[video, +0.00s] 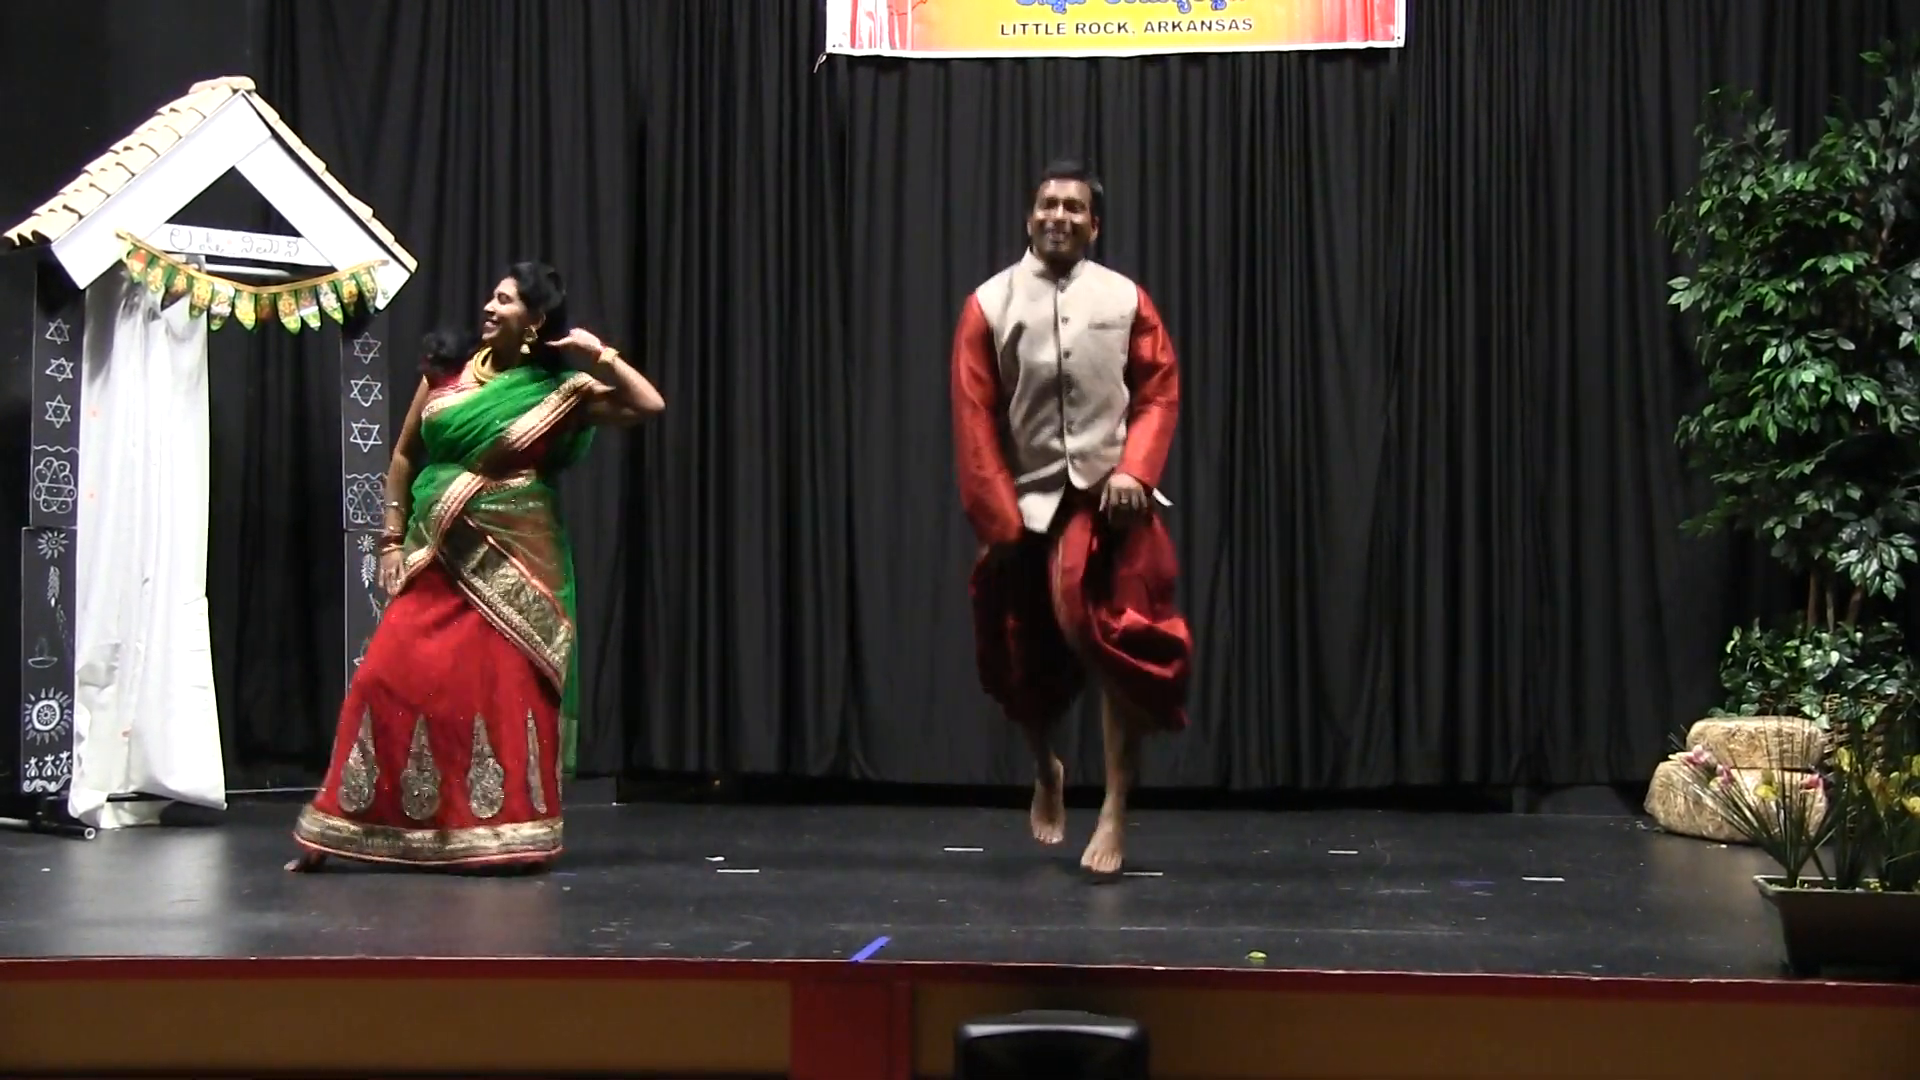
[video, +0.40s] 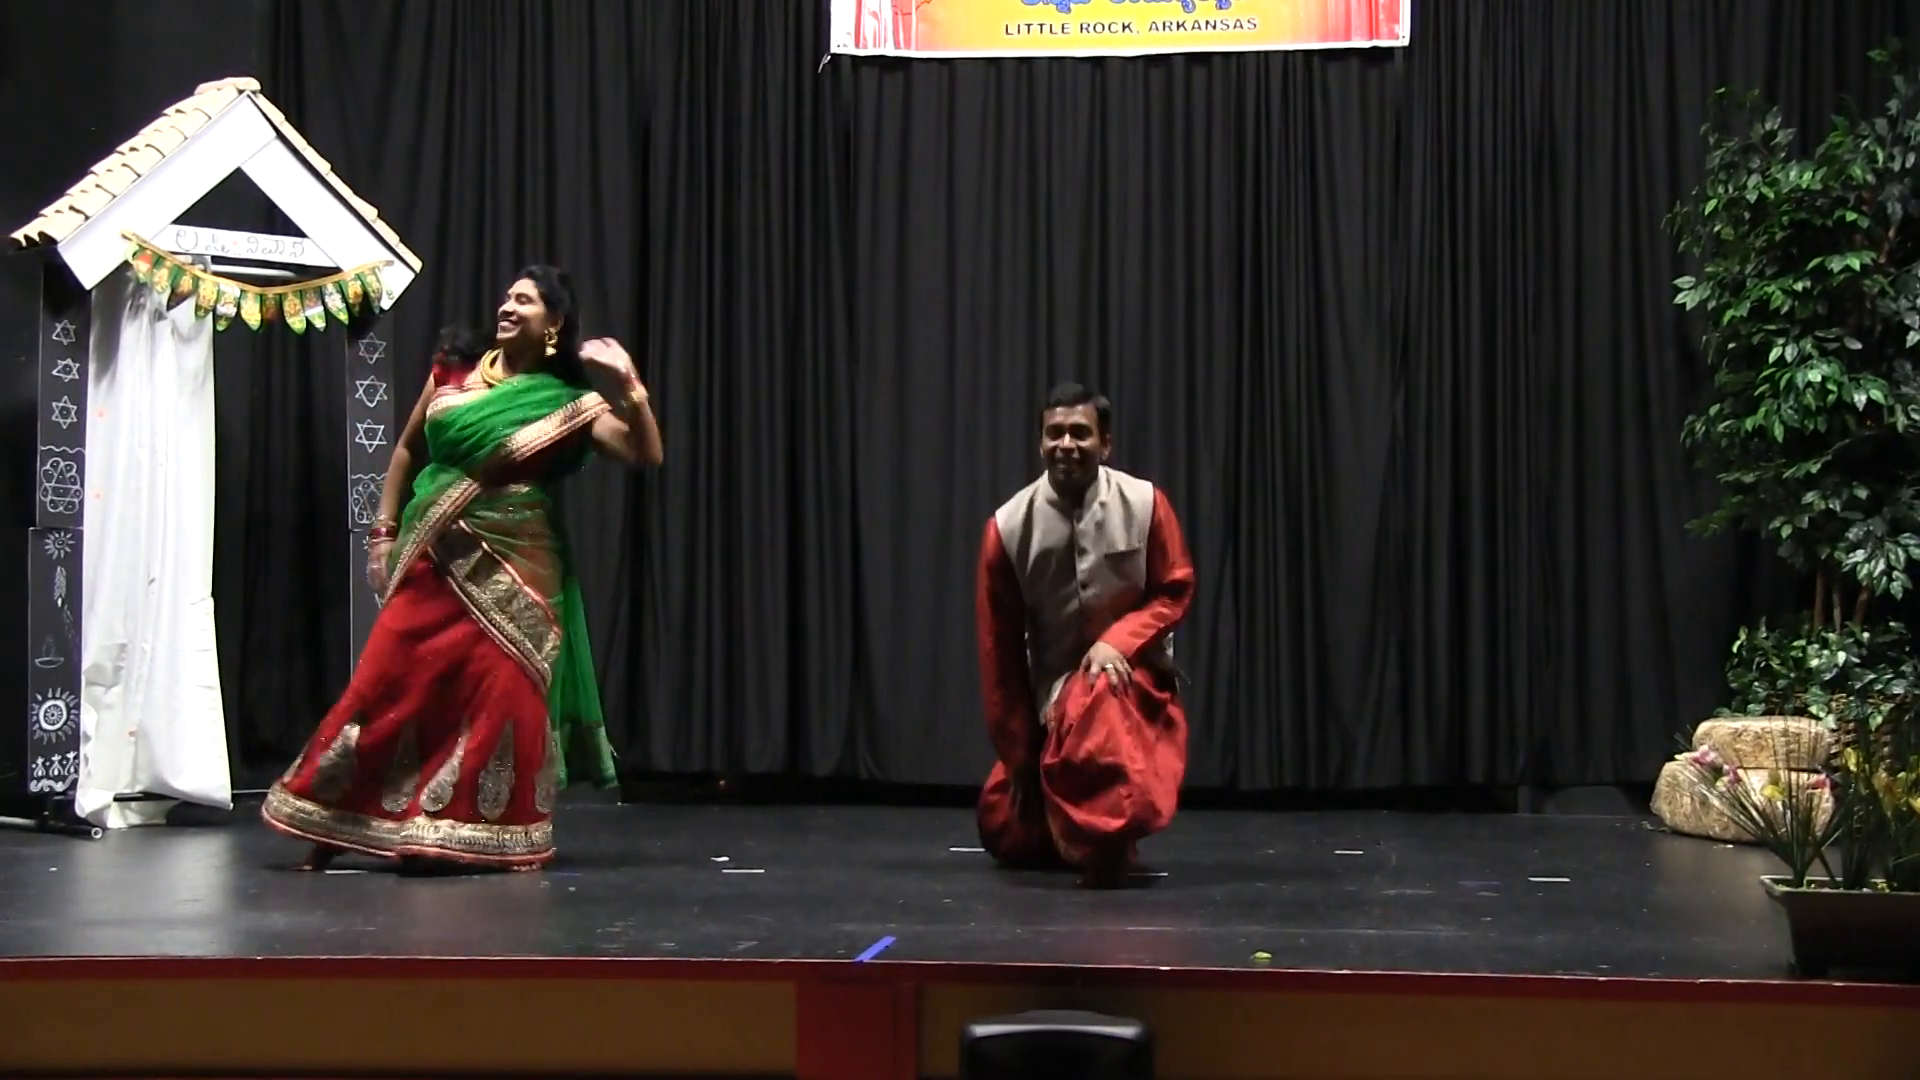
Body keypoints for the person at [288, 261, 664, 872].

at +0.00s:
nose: (492, 307)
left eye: (507, 300)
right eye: (493, 297)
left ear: (536, 316)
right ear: (488, 304)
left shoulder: (560, 387)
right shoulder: (444, 375)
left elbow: (650, 405)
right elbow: (403, 456)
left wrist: (601, 353)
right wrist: (392, 540)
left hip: (519, 555)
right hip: (441, 552)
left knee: (513, 687)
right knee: (376, 674)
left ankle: (517, 837)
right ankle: (327, 827)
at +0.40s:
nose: (508, 307)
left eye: (524, 300)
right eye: (506, 298)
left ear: (555, 322)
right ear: (496, 313)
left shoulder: (569, 398)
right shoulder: (454, 377)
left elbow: (644, 452)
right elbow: (406, 450)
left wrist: (632, 389)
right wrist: (384, 530)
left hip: (517, 554)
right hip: (436, 549)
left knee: (508, 693)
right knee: (377, 682)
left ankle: (491, 839)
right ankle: (327, 826)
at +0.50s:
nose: (514, 299)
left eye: (529, 292)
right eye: (508, 291)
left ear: (556, 316)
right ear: (496, 308)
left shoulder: (576, 390)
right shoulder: (458, 377)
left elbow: (633, 467)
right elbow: (408, 454)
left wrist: (662, 449)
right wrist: (363, 529)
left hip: (521, 553)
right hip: (442, 546)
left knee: (501, 686)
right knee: (385, 673)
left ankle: (466, 837)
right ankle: (332, 826)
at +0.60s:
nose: (522, 297)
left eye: (537, 289)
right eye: (514, 289)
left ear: (564, 310)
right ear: (502, 308)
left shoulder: (589, 381)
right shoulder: (471, 370)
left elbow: (653, 458)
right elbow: (417, 455)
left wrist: (653, 495)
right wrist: (375, 530)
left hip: (537, 555)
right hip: (455, 544)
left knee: (501, 690)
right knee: (385, 669)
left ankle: (491, 841)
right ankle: (333, 825)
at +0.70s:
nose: (533, 298)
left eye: (547, 290)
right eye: (525, 290)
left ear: (572, 310)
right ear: (510, 307)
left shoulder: (596, 382)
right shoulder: (476, 374)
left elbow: (648, 472)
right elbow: (431, 461)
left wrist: (598, 537)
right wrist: (428, 535)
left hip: (553, 551)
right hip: (468, 544)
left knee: (539, 692)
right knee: (388, 674)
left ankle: (526, 838)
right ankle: (321, 818)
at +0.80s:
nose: (538, 299)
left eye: (551, 291)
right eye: (529, 291)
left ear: (576, 309)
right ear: (515, 308)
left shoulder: (599, 383)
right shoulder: (482, 376)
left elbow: (612, 474)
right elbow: (455, 462)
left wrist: (549, 470)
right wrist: (496, 469)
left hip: (563, 558)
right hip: (485, 550)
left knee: (551, 689)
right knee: (422, 671)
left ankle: (530, 836)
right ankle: (338, 810)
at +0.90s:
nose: (538, 291)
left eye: (552, 283)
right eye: (528, 282)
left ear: (576, 297)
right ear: (515, 298)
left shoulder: (603, 363)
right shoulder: (496, 366)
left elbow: (593, 416)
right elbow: (458, 399)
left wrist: (570, 347)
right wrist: (474, 330)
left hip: (573, 536)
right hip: (497, 531)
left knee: (565, 675)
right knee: (460, 657)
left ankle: (559, 832)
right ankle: (426, 823)